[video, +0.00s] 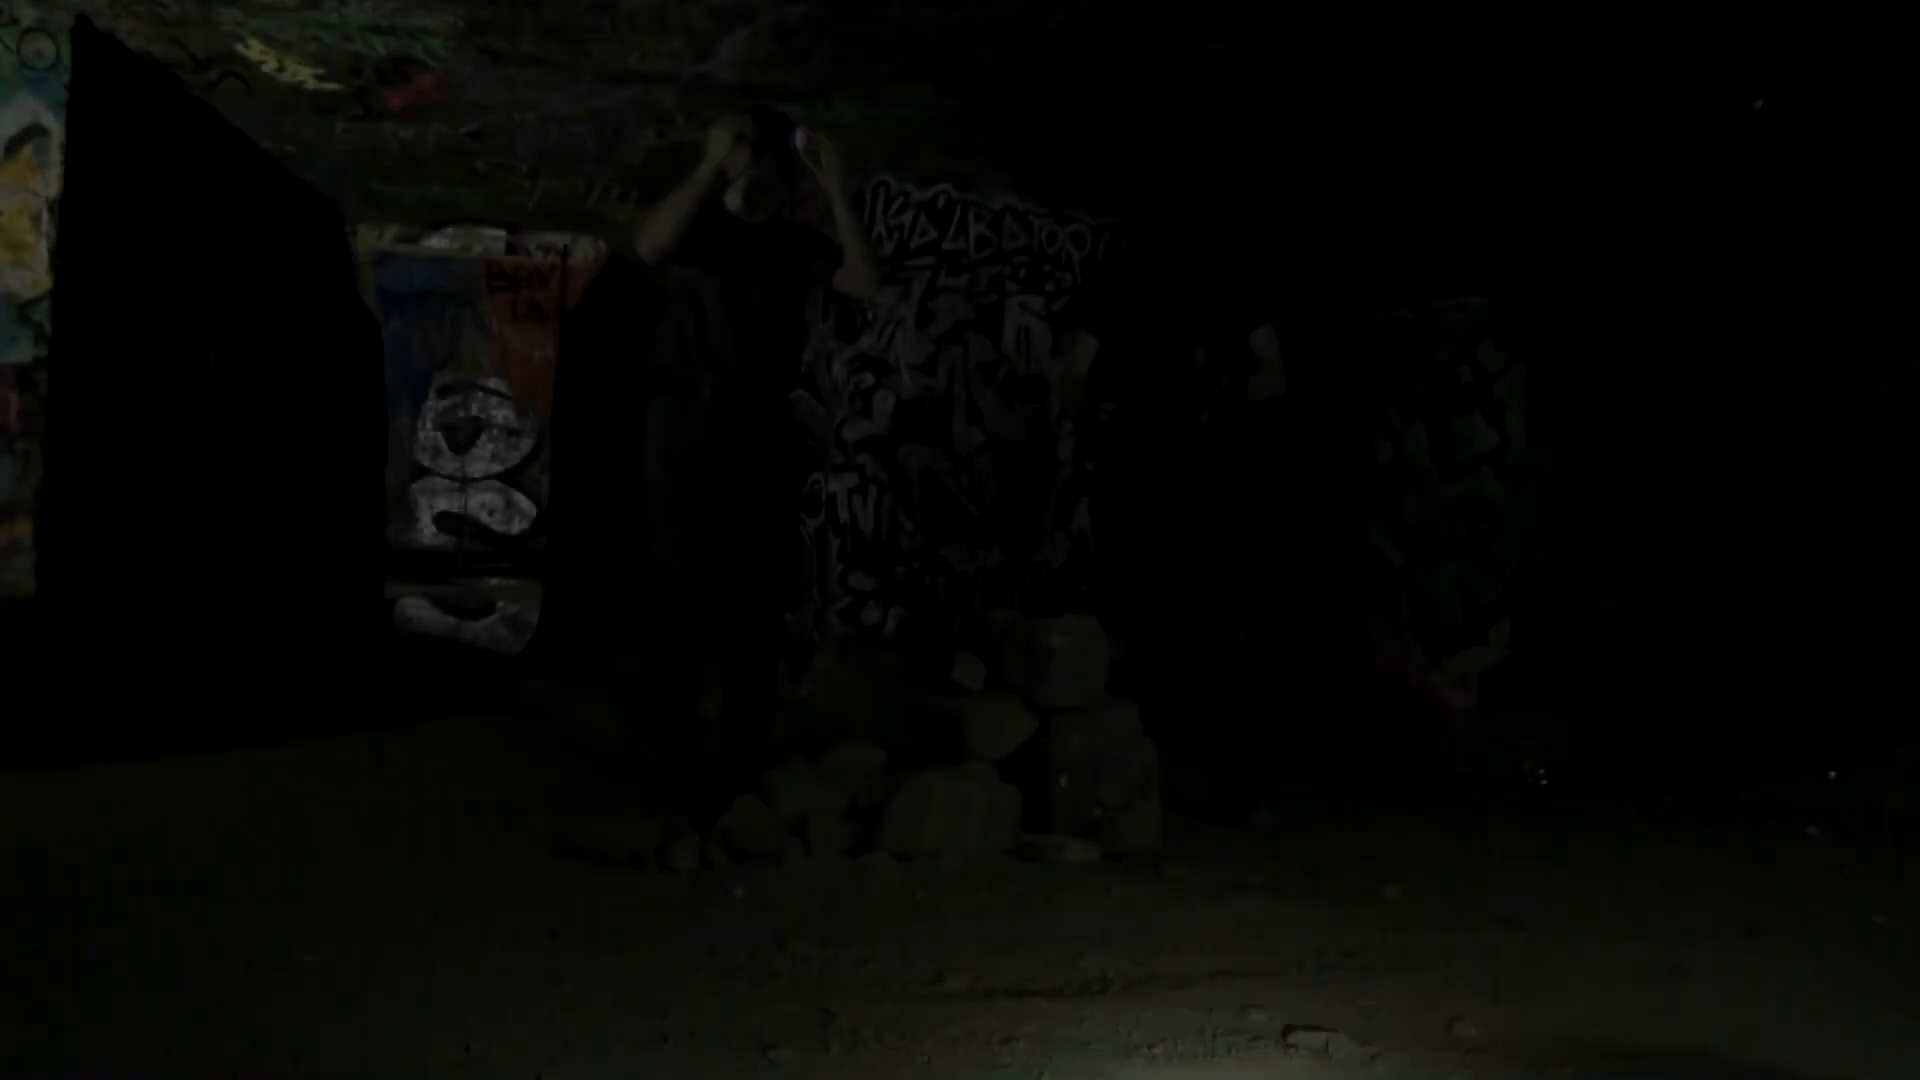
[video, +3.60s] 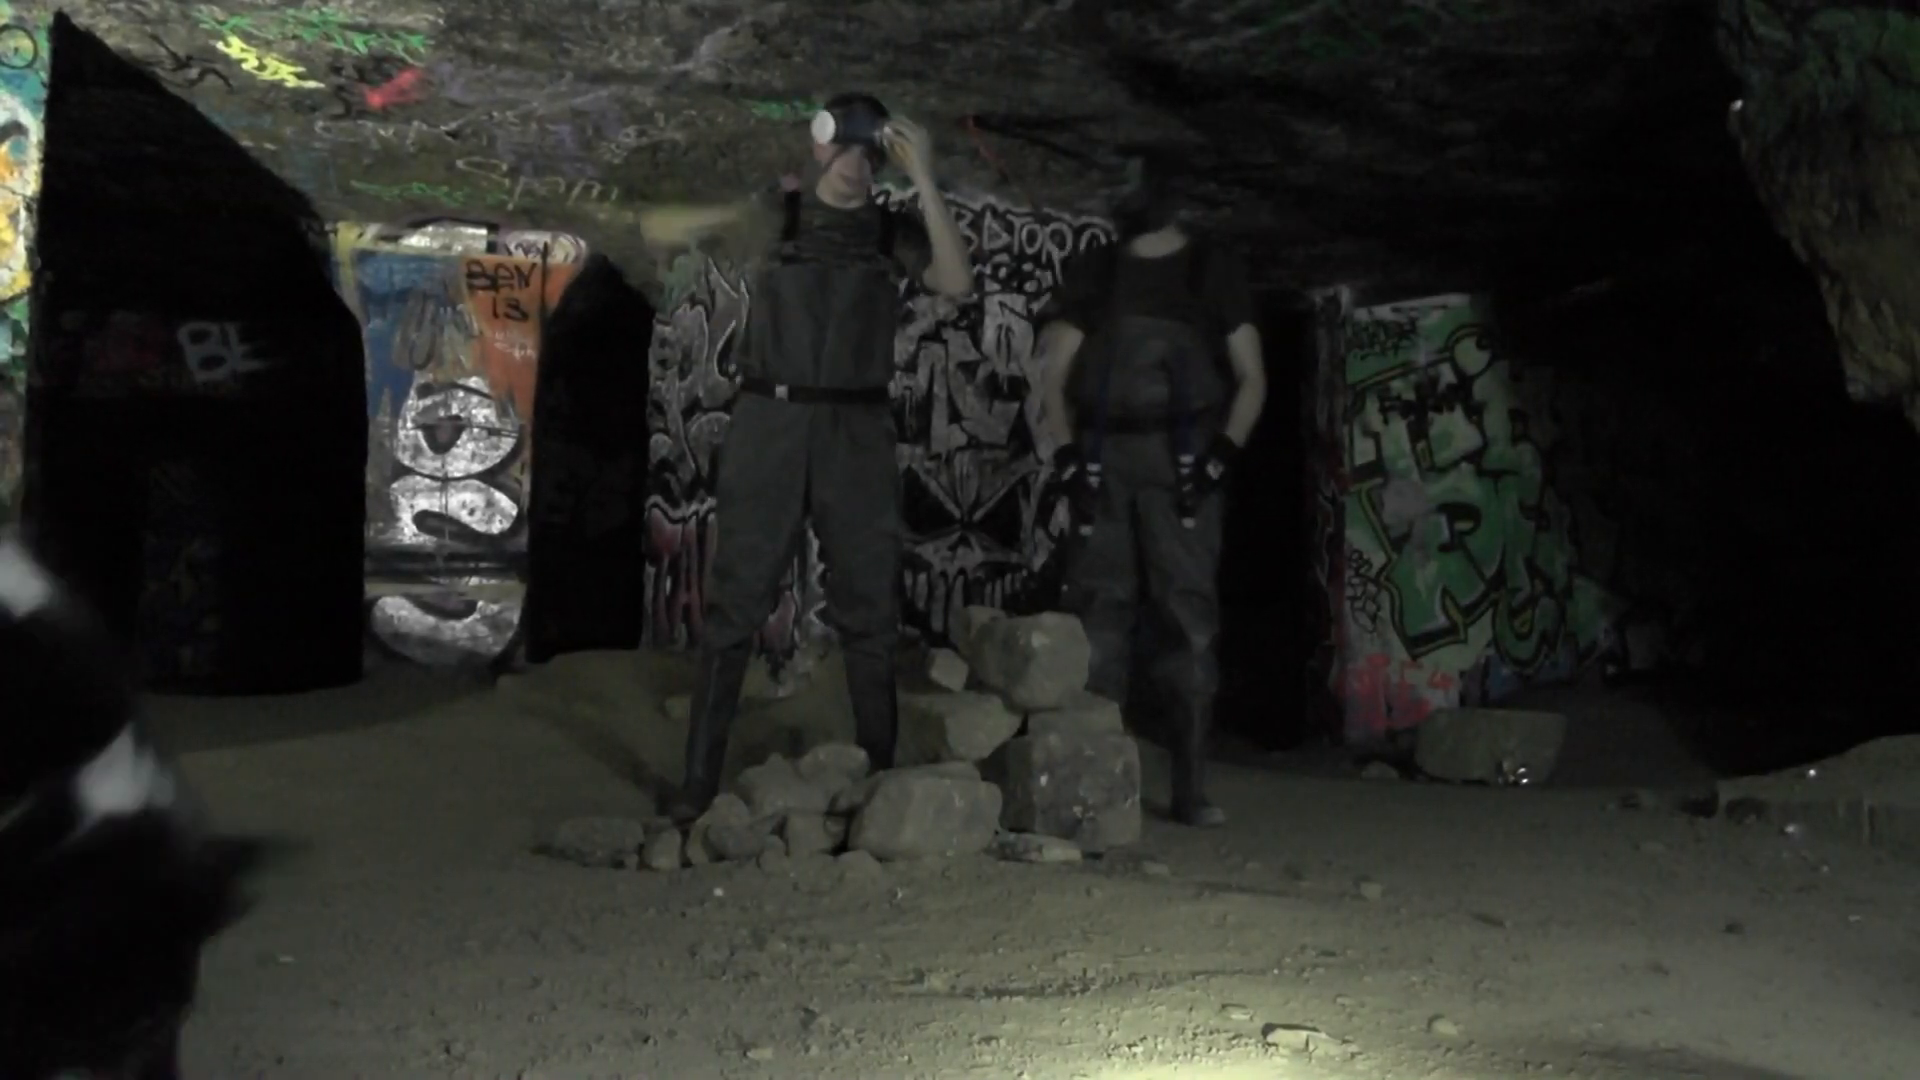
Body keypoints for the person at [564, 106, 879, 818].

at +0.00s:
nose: (748, 166)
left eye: (761, 152)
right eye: (738, 149)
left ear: (779, 167)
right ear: (720, 158)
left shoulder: (792, 237)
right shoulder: (693, 225)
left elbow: (863, 285)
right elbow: (647, 247)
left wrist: (831, 188)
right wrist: (709, 172)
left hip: (766, 432)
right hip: (681, 426)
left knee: (755, 597)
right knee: (678, 592)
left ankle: (744, 762)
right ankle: (661, 753)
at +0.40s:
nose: (737, 166)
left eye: (750, 153)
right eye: (722, 152)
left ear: (772, 166)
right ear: (702, 163)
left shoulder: (792, 236)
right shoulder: (681, 235)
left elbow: (856, 268)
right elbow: (629, 249)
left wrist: (811, 177)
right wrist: (680, 164)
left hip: (783, 429)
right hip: (697, 432)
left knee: (831, 583)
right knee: (698, 602)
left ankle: (824, 749)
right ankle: (698, 774)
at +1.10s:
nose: (849, 166)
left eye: (860, 156)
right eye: (837, 155)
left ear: (877, 170)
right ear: (812, 165)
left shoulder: (896, 232)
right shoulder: (786, 231)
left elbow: (963, 261)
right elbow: (720, 248)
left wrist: (916, 171)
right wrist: (778, 162)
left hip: (877, 438)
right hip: (787, 433)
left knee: (887, 606)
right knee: (741, 597)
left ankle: (893, 770)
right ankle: (706, 765)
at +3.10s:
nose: (829, 171)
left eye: (842, 158)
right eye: (815, 156)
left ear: (860, 164)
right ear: (790, 161)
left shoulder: (879, 228)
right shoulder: (760, 223)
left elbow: (939, 295)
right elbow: (671, 256)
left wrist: (897, 187)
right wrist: (746, 189)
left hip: (856, 438)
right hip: (768, 435)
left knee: (867, 612)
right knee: (737, 609)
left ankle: (882, 781)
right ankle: (699, 789)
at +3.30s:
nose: (861, 169)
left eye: (872, 157)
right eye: (851, 153)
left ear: (879, 162)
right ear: (818, 148)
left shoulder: (886, 228)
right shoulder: (761, 211)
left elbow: (946, 292)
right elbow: (657, 251)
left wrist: (918, 183)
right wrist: (716, 295)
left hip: (857, 438)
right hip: (769, 434)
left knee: (867, 610)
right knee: (737, 608)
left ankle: (883, 779)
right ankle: (699, 786)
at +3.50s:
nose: (860, 166)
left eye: (873, 155)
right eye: (850, 149)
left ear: (884, 161)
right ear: (819, 145)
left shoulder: (891, 230)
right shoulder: (769, 215)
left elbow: (956, 289)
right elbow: (668, 261)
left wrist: (926, 183)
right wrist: (727, 311)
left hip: (858, 439)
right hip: (769, 435)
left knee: (868, 612)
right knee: (736, 609)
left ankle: (882, 779)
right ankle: (699, 786)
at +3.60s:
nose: (856, 161)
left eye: (870, 151)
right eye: (845, 145)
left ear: (881, 160)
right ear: (816, 146)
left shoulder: (893, 230)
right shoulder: (771, 213)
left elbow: (954, 282)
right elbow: (662, 231)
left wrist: (922, 176)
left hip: (858, 437)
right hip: (769, 432)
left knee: (868, 613)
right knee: (738, 608)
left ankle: (879, 781)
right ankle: (700, 785)